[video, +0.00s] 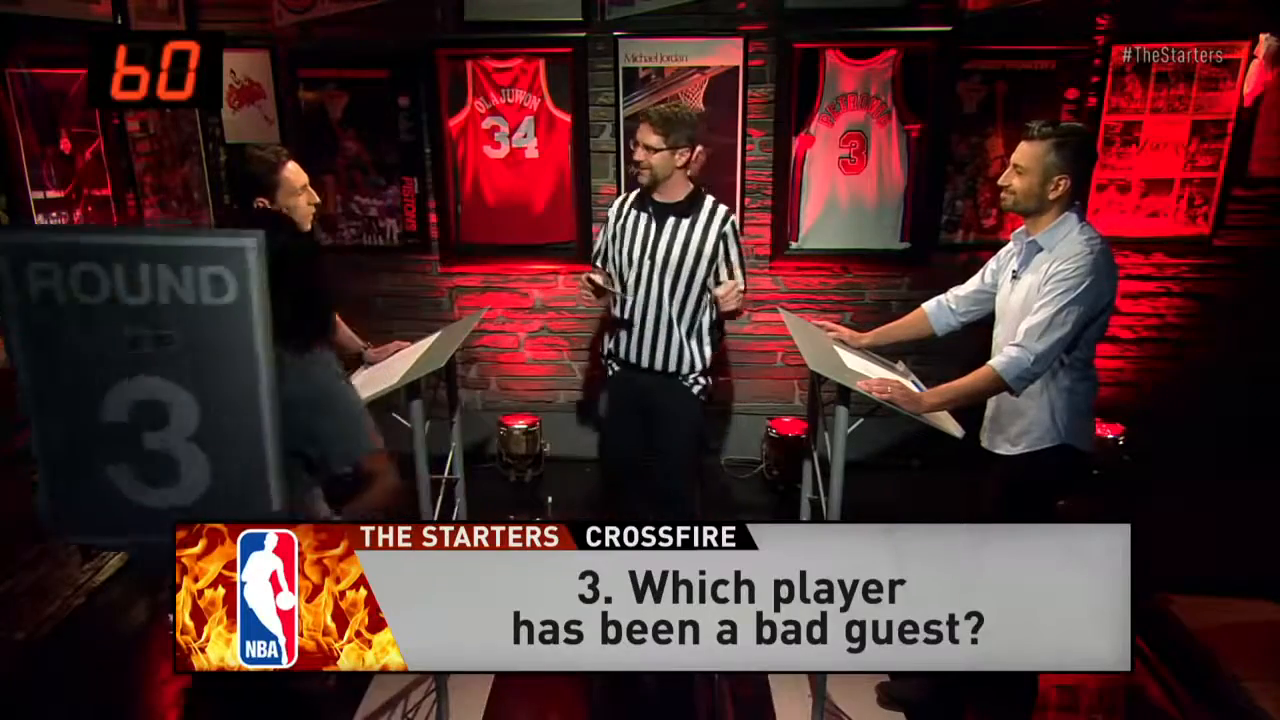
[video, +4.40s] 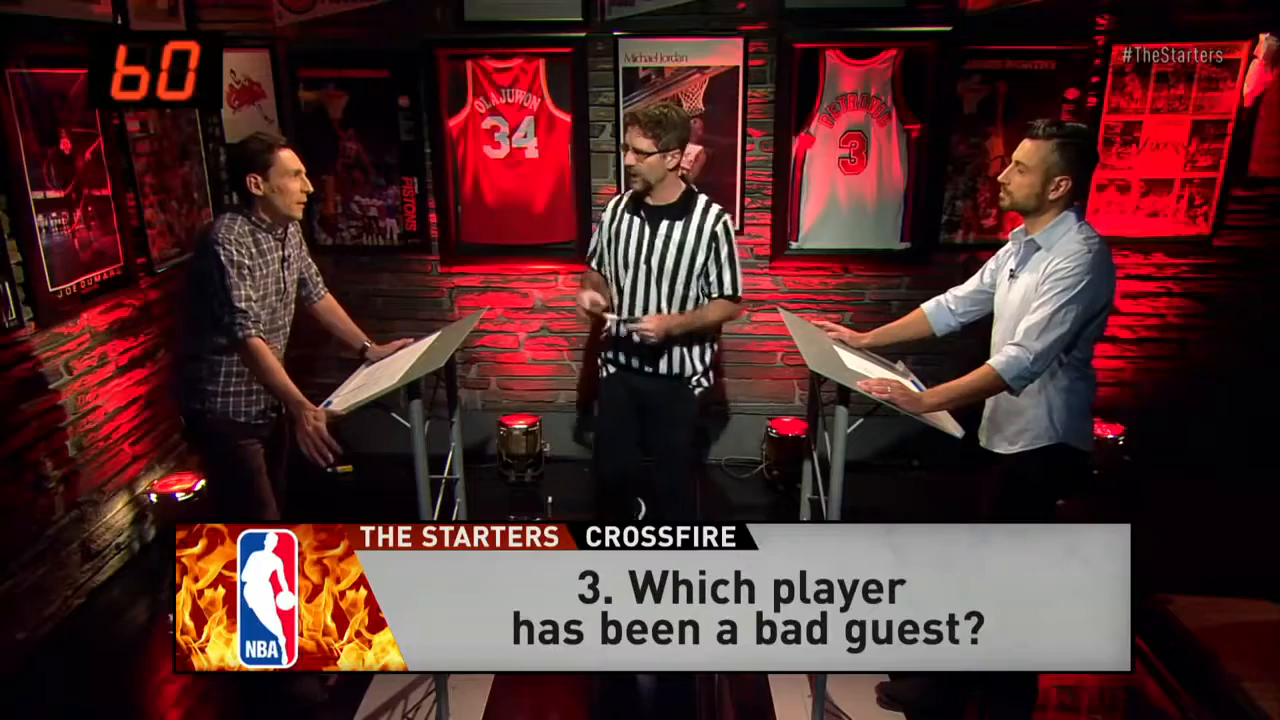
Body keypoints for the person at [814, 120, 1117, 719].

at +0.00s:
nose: (1003, 178)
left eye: (1018, 171)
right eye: (1008, 166)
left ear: (1057, 189)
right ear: (1045, 186)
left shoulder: (1084, 260)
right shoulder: (1025, 244)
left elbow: (1024, 360)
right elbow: (954, 306)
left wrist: (927, 398)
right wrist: (868, 339)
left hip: (1043, 446)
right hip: (1001, 433)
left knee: (1007, 579)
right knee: (973, 563)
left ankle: (996, 704)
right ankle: (939, 683)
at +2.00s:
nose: (1006, 175)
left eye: (1021, 168)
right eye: (1011, 164)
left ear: (1058, 188)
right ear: (1047, 184)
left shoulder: (1083, 258)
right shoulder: (1025, 243)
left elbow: (1023, 360)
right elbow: (955, 306)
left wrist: (927, 398)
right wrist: (868, 339)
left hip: (1043, 445)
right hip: (1003, 433)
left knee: (1007, 580)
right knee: (980, 565)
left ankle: (1000, 705)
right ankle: (942, 683)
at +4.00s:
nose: (1006, 174)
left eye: (1021, 168)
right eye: (1012, 163)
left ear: (1059, 188)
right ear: (1047, 184)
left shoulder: (1083, 259)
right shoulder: (1025, 243)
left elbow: (1022, 361)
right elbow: (954, 306)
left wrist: (926, 398)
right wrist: (867, 339)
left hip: (1041, 445)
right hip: (999, 432)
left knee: (1007, 578)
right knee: (974, 561)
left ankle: (998, 704)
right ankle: (940, 681)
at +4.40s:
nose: (1004, 175)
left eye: (1019, 169)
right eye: (1009, 164)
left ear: (1057, 189)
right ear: (1044, 185)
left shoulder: (1082, 259)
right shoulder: (1024, 243)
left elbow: (1022, 361)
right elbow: (954, 307)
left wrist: (927, 398)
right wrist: (867, 339)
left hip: (1042, 445)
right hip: (999, 433)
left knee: (1006, 579)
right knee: (969, 560)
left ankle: (1000, 705)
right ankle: (940, 683)